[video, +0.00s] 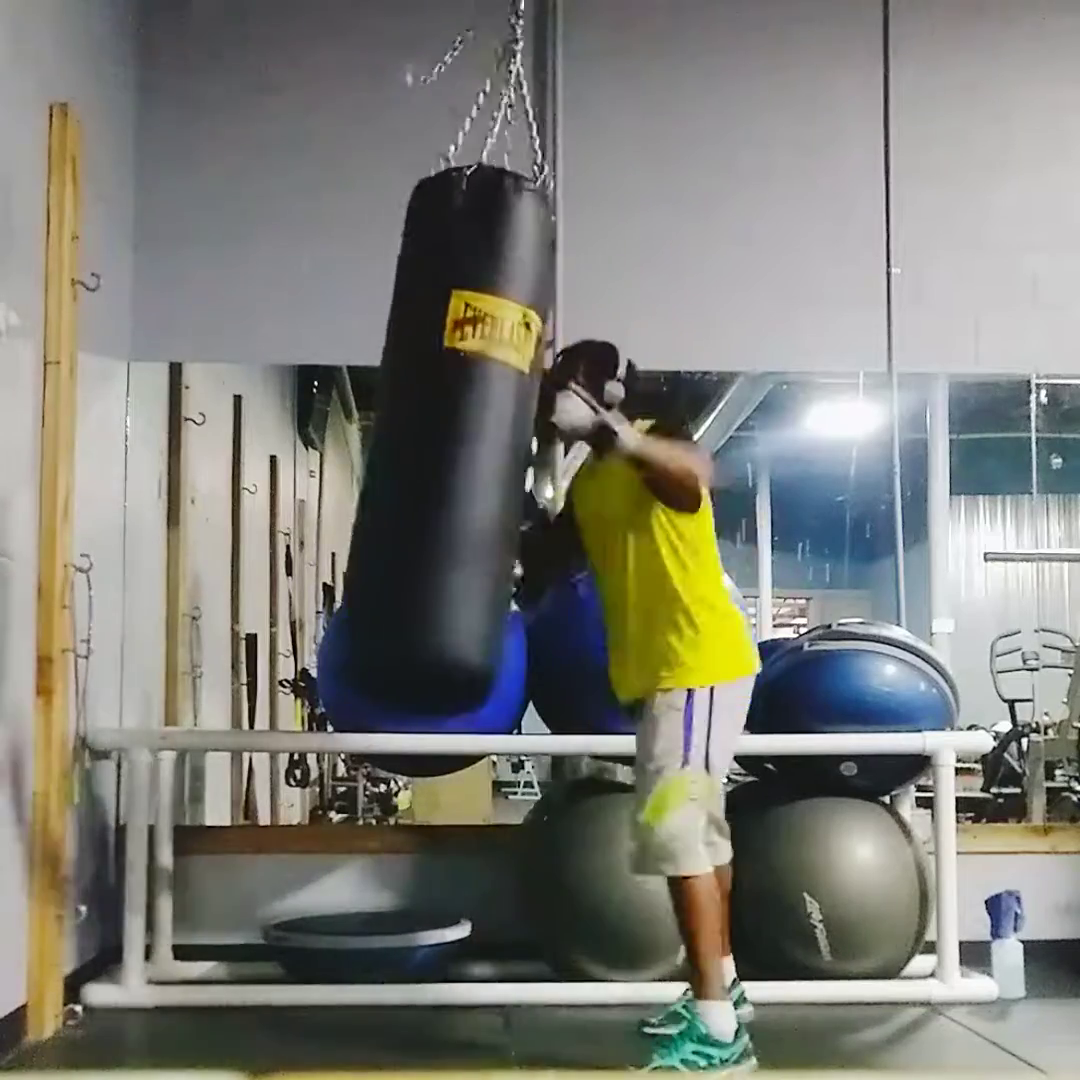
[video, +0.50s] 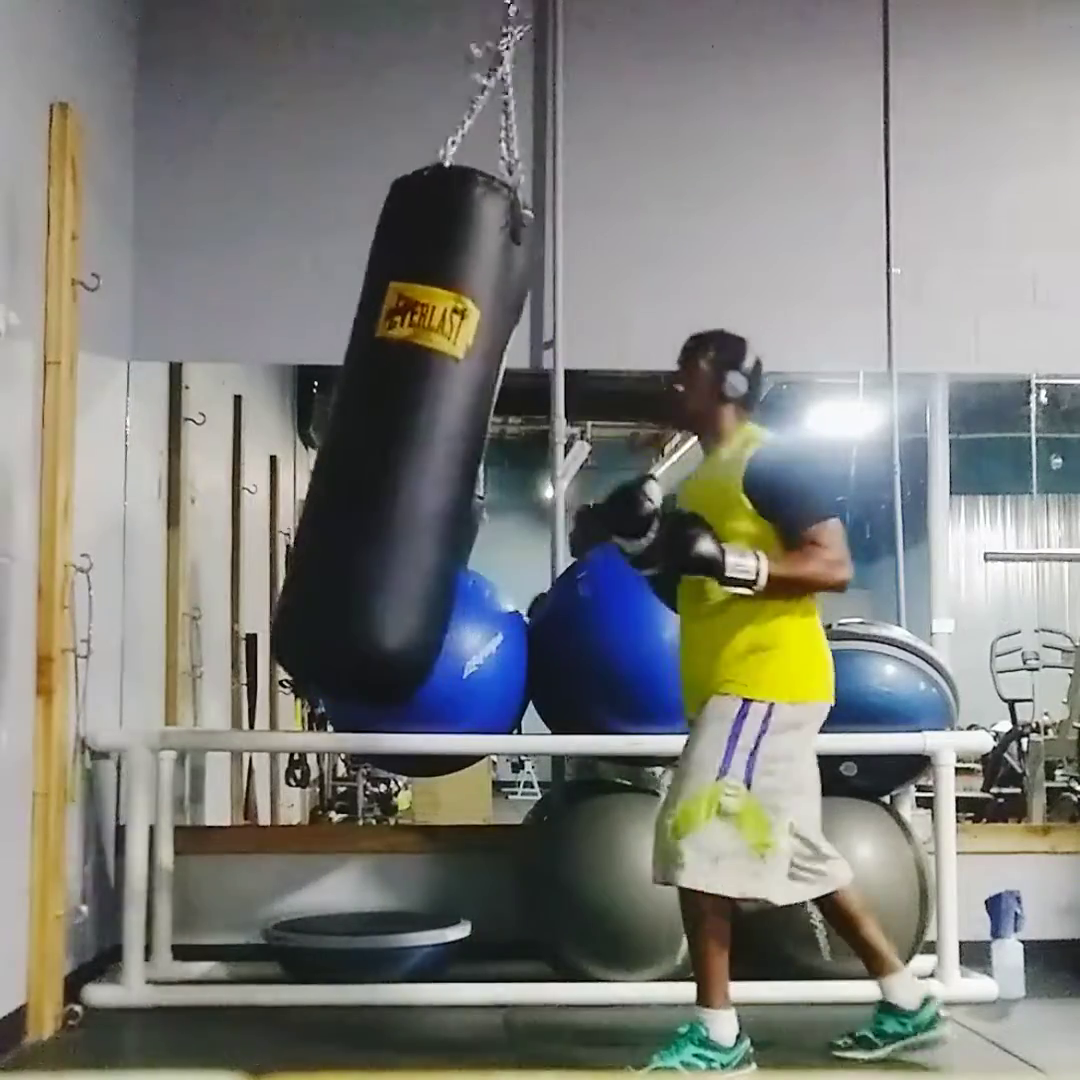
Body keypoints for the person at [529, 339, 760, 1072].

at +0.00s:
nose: (553, 412)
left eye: (562, 396)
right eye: (551, 398)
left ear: (599, 391)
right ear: (578, 400)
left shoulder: (657, 449)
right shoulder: (587, 485)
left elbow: (695, 482)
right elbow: (537, 569)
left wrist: (613, 432)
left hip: (700, 666)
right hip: (662, 672)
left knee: (677, 831)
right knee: (696, 834)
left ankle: (715, 1019)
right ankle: (717, 995)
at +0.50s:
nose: (674, 388)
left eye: (684, 376)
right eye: (678, 377)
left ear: (719, 383)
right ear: (715, 385)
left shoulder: (769, 460)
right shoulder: (695, 481)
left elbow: (834, 564)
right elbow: (692, 596)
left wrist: (725, 561)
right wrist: (637, 541)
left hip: (772, 680)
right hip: (733, 682)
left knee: (695, 834)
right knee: (798, 848)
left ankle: (716, 1029)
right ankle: (906, 997)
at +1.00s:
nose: (770, 367)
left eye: (784, 356)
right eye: (772, 355)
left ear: (824, 367)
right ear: (803, 367)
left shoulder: (861, 429)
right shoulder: (789, 445)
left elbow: (915, 520)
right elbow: (752, 561)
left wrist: (804, 485)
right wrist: (727, 498)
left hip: (876, 656)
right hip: (850, 657)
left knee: (832, 824)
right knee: (894, 836)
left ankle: (850, 1015)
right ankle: (923, 1013)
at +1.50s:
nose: (801, 394)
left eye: (804, 378)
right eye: (800, 383)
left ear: (836, 371)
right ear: (870, 367)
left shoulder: (894, 414)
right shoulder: (879, 432)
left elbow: (819, 449)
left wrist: (749, 425)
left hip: (922, 659)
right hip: (957, 655)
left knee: (879, 837)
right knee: (1002, 842)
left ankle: (883, 1037)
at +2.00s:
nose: (852, 413)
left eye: (853, 400)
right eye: (850, 403)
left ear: (874, 392)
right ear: (926, 383)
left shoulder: (916, 425)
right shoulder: (963, 435)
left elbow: (877, 512)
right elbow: (881, 516)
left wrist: (821, 468)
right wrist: (829, 476)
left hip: (937, 669)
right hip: (1021, 673)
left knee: (833, 840)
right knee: (1060, 875)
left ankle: (845, 1029)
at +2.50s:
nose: (790, 389)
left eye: (789, 378)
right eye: (790, 381)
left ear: (803, 371)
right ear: (872, 370)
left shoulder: (804, 407)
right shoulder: (935, 435)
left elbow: (701, 481)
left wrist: (679, 446)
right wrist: (744, 450)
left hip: (839, 651)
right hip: (948, 655)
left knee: (759, 841)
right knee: (995, 863)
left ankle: (709, 1041)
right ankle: (1056, 1054)